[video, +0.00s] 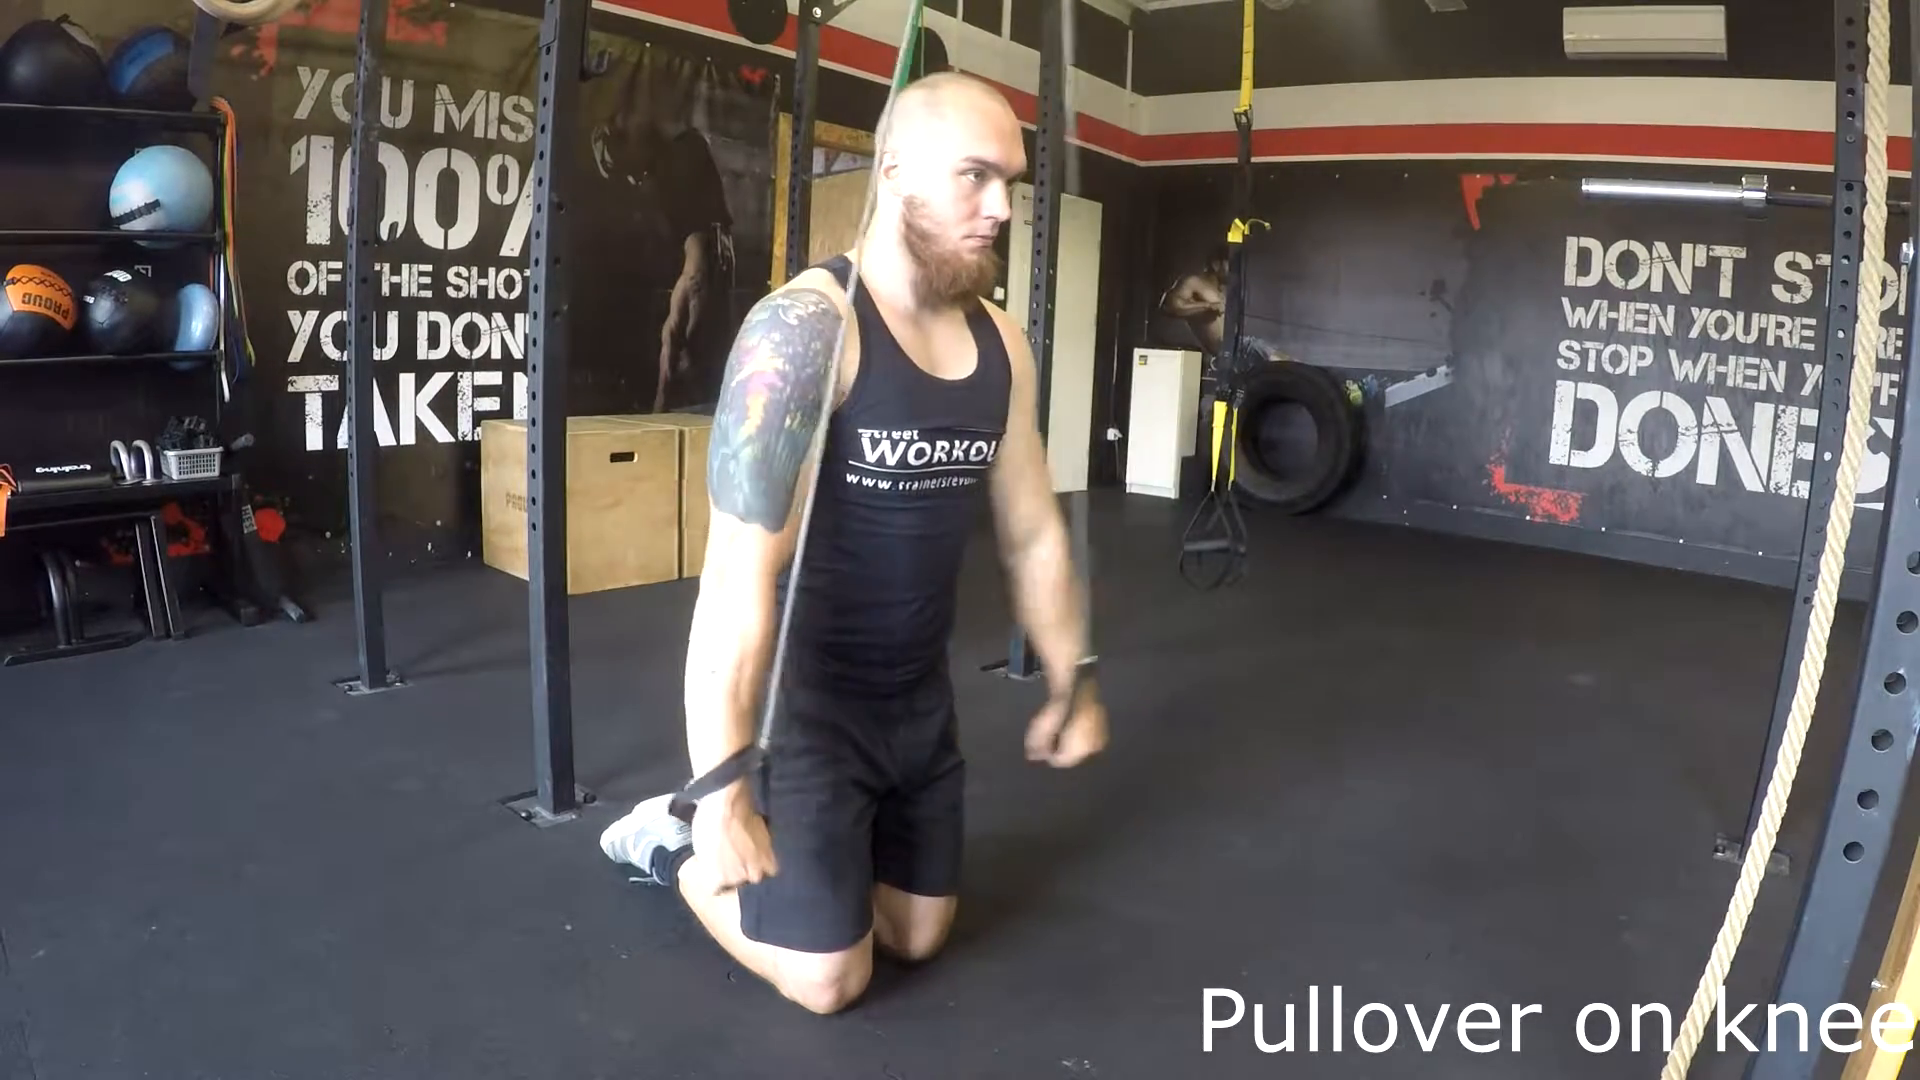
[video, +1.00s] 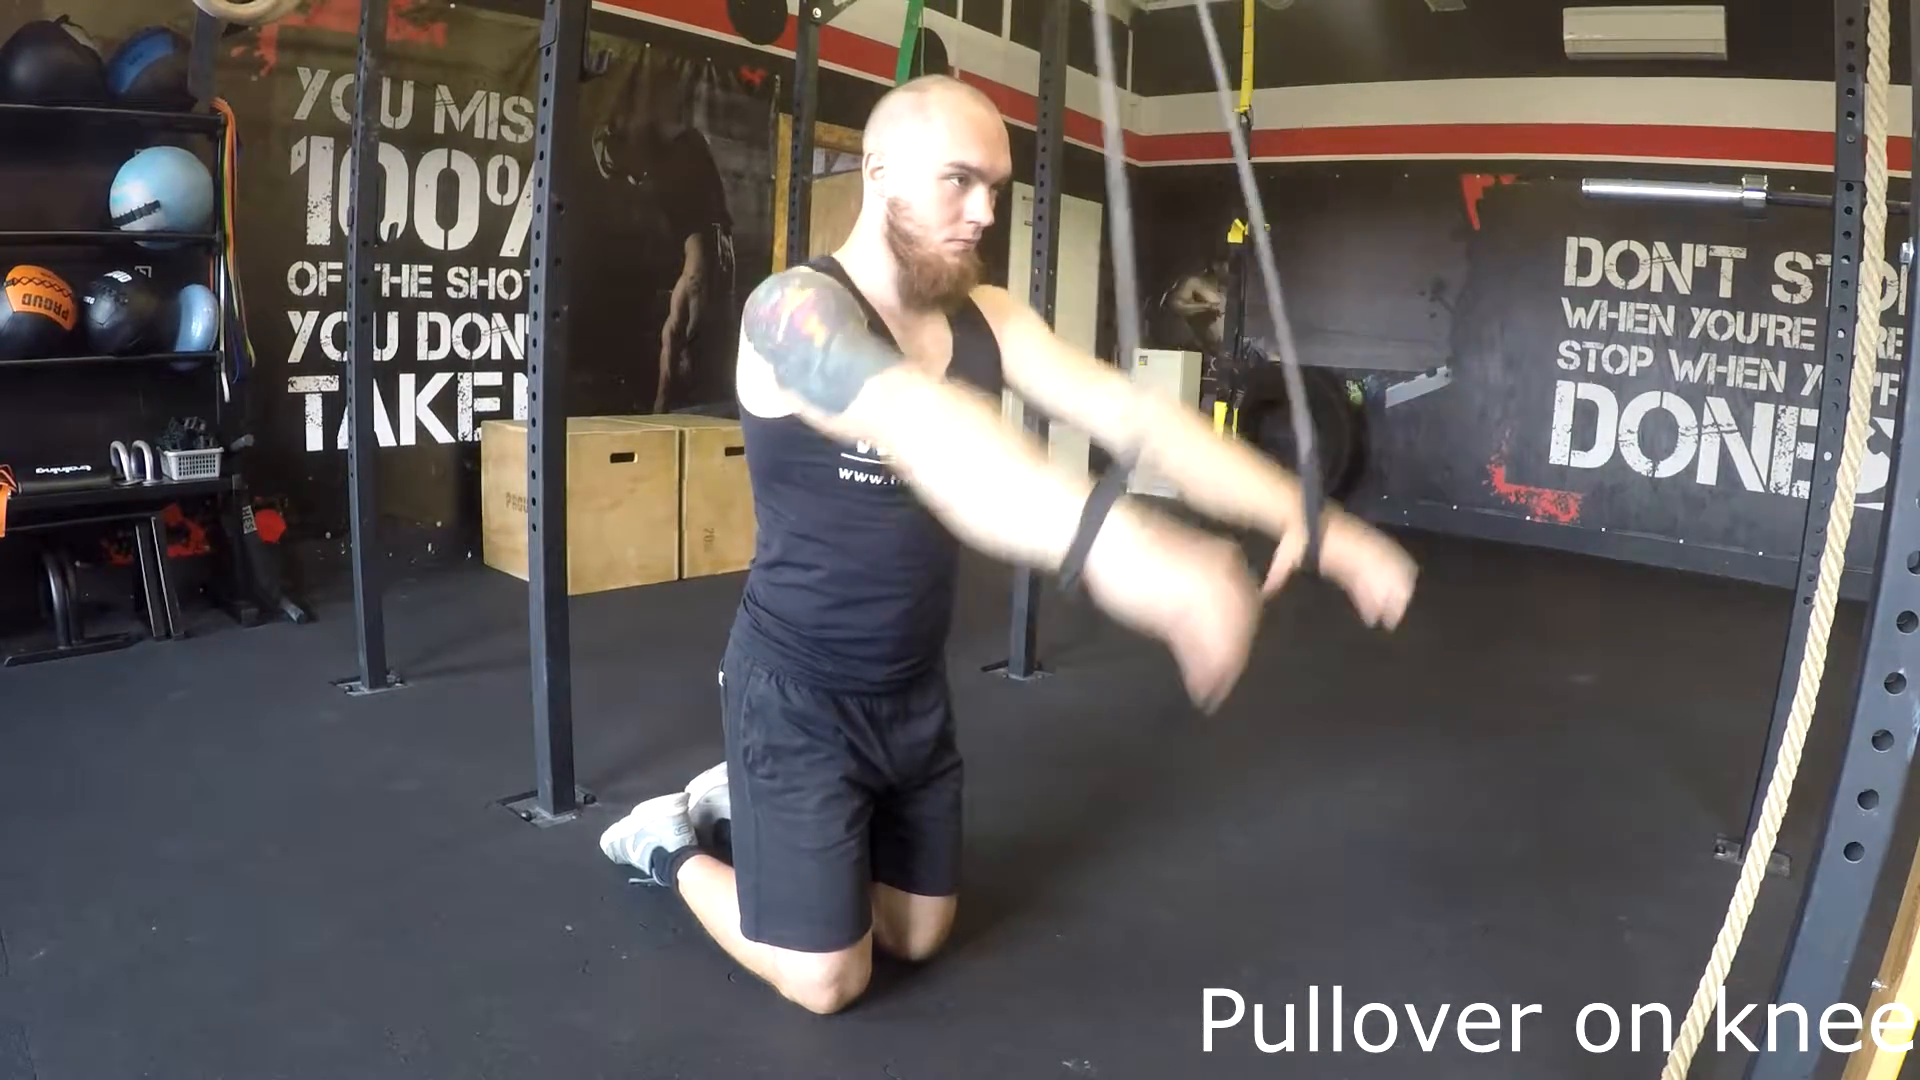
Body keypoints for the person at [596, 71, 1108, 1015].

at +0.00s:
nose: (1002, 208)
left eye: (1012, 182)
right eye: (976, 176)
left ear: (1015, 190)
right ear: (896, 176)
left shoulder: (999, 340)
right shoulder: (801, 331)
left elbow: (1032, 529)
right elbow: (738, 572)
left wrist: (1070, 675)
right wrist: (720, 786)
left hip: (920, 697)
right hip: (804, 703)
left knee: (918, 931)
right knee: (825, 980)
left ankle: (766, 837)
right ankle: (684, 845)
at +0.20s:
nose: (990, 204)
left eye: (1000, 178)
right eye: (964, 172)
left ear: (1005, 187)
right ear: (886, 177)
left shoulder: (996, 330)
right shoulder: (796, 320)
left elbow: (1093, 496)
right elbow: (802, 545)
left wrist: (1196, 640)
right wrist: (858, 751)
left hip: (917, 674)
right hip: (802, 683)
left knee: (918, 931)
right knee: (824, 979)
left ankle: (746, 806)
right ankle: (669, 853)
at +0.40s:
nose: (979, 203)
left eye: (992, 182)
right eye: (955, 173)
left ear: (994, 191)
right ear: (873, 170)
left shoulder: (981, 313)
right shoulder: (794, 302)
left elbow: (1125, 418)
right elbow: (934, 440)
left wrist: (1304, 523)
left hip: (915, 687)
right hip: (799, 689)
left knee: (915, 928)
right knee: (822, 980)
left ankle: (744, 807)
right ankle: (677, 854)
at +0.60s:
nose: (981, 210)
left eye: (991, 186)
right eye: (955, 180)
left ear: (989, 189)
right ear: (871, 174)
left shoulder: (978, 310)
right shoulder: (788, 294)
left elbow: (1134, 356)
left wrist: (1331, 387)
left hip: (912, 684)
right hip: (796, 685)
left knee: (916, 931)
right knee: (821, 977)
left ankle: (752, 807)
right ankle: (671, 851)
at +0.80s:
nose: (981, 214)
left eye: (993, 189)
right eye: (958, 183)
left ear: (991, 193)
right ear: (874, 175)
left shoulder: (977, 308)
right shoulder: (790, 299)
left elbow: (1128, 349)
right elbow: (969, 324)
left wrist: (1319, 373)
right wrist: (1245, 324)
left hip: (912, 684)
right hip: (797, 685)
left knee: (916, 931)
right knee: (820, 976)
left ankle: (755, 807)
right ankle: (672, 853)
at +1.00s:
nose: (982, 215)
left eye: (996, 188)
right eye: (958, 183)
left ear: (1003, 190)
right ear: (877, 179)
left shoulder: (983, 315)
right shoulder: (797, 312)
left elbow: (1136, 420)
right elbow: (952, 453)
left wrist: (1319, 525)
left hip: (914, 685)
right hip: (797, 687)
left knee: (915, 930)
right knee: (822, 981)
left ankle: (750, 807)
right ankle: (675, 852)